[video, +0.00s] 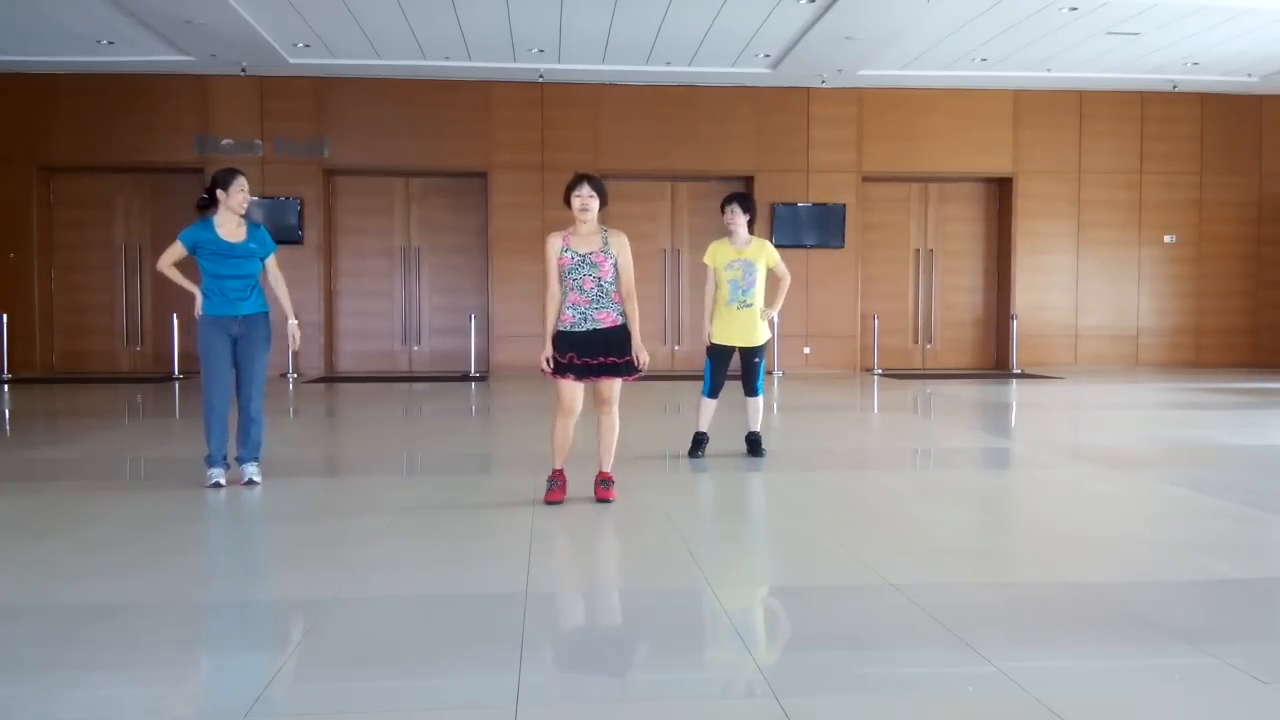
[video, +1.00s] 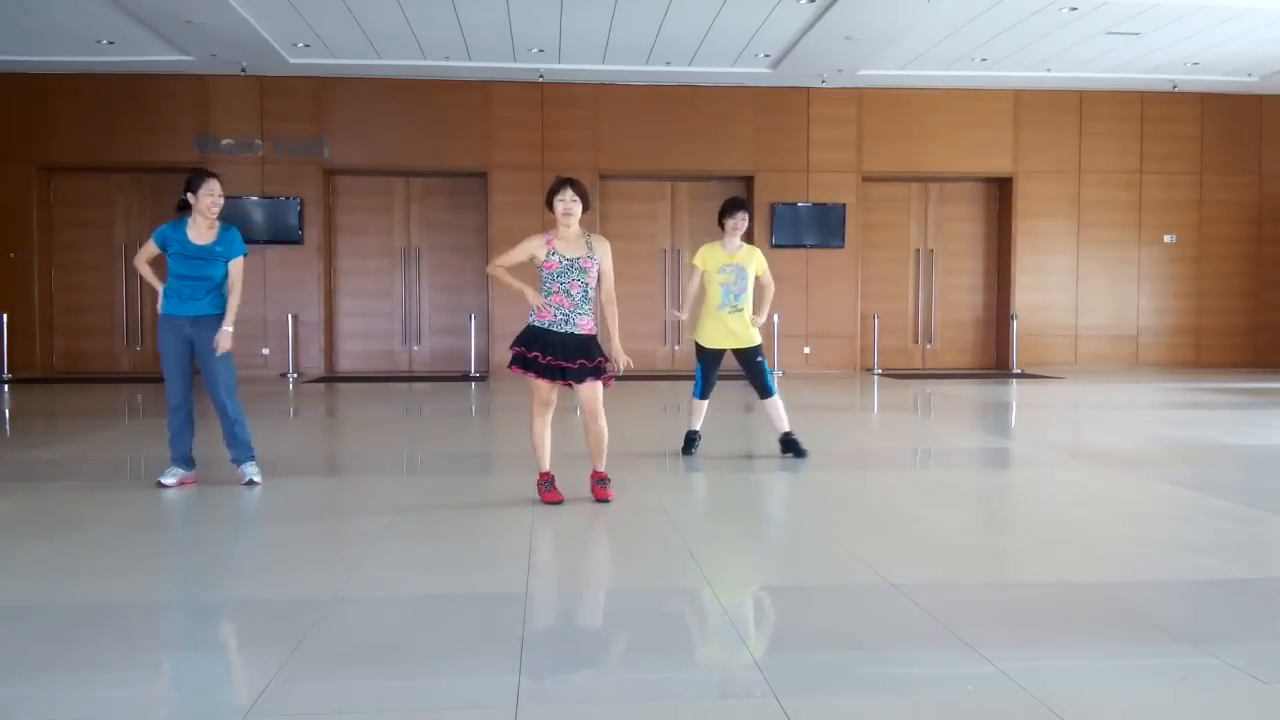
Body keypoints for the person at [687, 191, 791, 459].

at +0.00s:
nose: (729, 217)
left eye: (735, 212)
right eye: (726, 212)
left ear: (747, 216)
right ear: (722, 217)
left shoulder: (763, 248)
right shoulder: (716, 248)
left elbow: (785, 277)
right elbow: (710, 287)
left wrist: (775, 307)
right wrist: (706, 322)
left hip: (753, 327)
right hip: (721, 327)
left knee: (753, 387)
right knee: (711, 386)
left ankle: (754, 436)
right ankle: (700, 436)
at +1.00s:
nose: (737, 224)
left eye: (743, 219)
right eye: (732, 218)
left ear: (747, 224)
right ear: (722, 220)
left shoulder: (753, 254)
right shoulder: (707, 252)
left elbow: (769, 285)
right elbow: (694, 283)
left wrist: (762, 315)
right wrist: (685, 311)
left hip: (744, 330)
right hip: (711, 330)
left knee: (764, 383)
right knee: (703, 385)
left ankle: (786, 436)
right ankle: (693, 434)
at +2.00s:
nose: (794, 214)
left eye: (799, 209)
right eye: (789, 209)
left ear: (806, 214)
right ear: (781, 214)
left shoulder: (818, 246)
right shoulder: (769, 249)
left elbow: (839, 275)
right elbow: (761, 288)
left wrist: (835, 309)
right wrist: (756, 324)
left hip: (812, 328)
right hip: (779, 328)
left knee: (810, 388)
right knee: (775, 388)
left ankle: (808, 438)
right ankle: (771, 437)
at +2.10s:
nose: (793, 213)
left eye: (798, 208)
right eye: (788, 208)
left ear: (805, 213)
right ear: (780, 213)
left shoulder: (817, 245)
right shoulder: (769, 248)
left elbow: (838, 274)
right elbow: (762, 287)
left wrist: (832, 308)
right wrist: (760, 325)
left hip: (810, 327)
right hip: (778, 327)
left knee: (808, 388)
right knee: (771, 387)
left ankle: (808, 439)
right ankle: (762, 438)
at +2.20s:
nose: (791, 213)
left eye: (796, 208)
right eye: (786, 208)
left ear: (803, 214)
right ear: (778, 213)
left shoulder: (815, 246)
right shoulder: (767, 247)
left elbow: (834, 279)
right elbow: (760, 288)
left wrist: (825, 310)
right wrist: (756, 325)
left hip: (804, 327)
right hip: (772, 327)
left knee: (805, 388)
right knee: (767, 387)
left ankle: (807, 439)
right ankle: (757, 439)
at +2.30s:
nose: (789, 213)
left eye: (794, 208)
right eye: (784, 209)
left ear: (801, 214)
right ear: (776, 215)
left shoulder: (813, 248)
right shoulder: (765, 247)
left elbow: (828, 282)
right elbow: (755, 284)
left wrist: (818, 315)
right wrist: (747, 319)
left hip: (798, 328)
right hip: (765, 327)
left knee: (803, 388)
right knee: (763, 387)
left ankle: (807, 438)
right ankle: (757, 438)